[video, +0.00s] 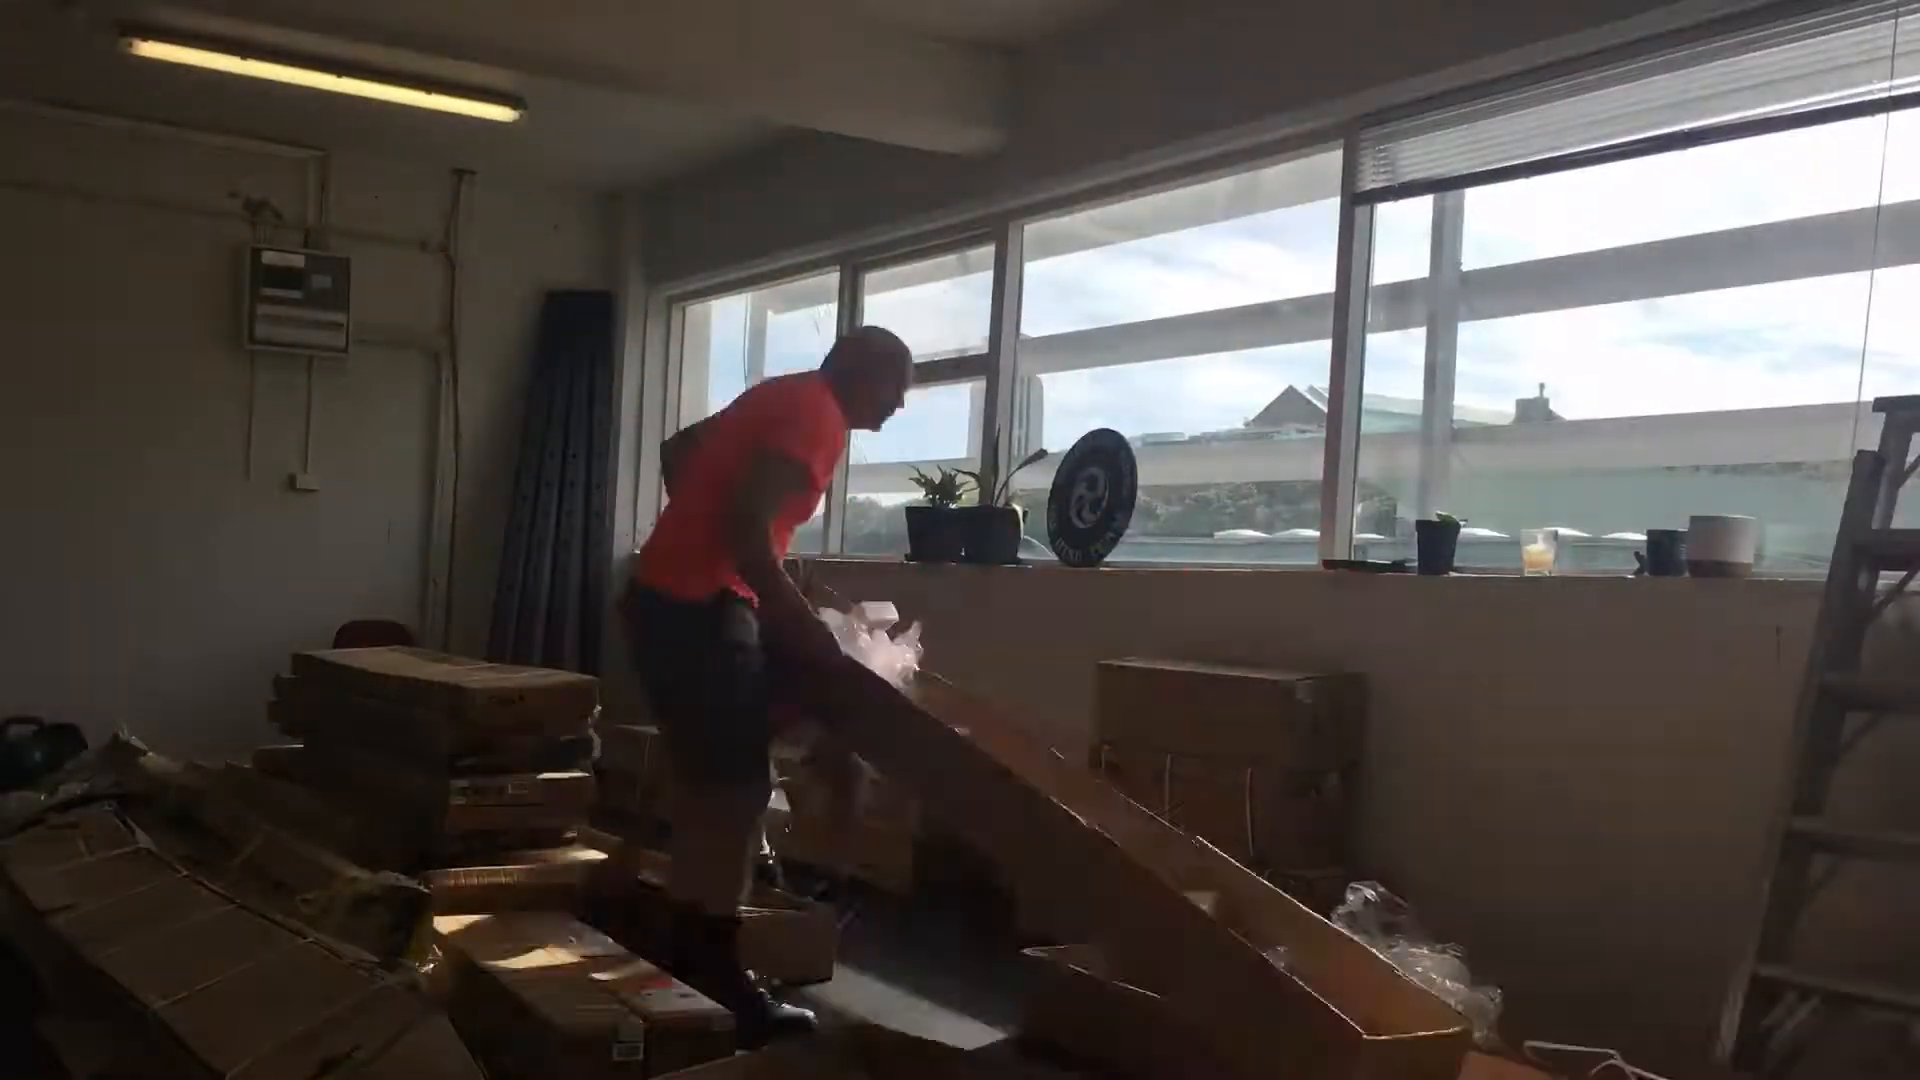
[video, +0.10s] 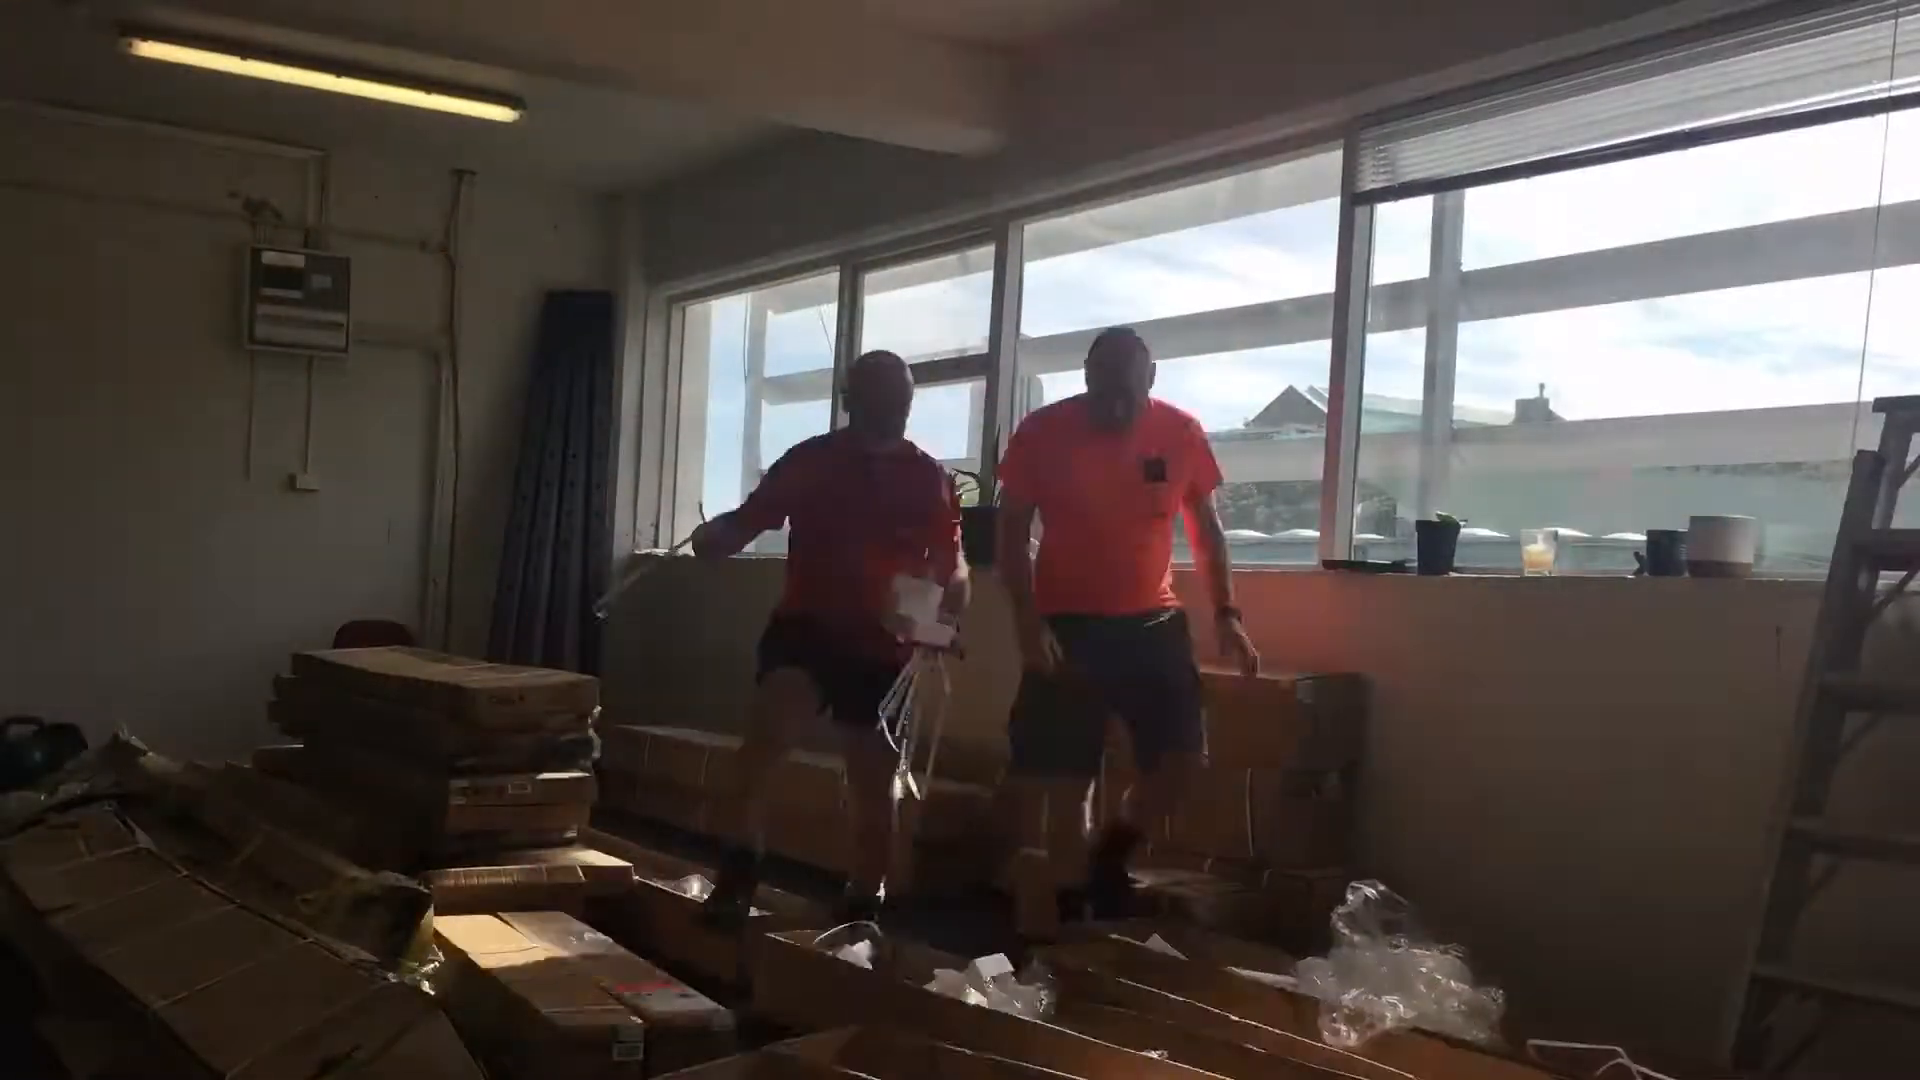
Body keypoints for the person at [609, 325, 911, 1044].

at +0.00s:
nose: (896, 409)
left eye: (901, 396)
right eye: (895, 391)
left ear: (844, 361)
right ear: (866, 371)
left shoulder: (782, 396)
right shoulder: (817, 414)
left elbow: (678, 451)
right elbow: (747, 521)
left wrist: (707, 543)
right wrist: (805, 624)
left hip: (672, 599)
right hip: (702, 608)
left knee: (705, 782)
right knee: (734, 791)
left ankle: (689, 960)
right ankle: (716, 979)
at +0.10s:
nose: (890, 408)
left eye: (900, 396)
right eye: (876, 395)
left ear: (912, 400)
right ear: (850, 397)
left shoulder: (930, 476)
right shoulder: (812, 461)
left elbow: (953, 565)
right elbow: (748, 519)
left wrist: (950, 606)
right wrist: (713, 537)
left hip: (885, 647)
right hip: (807, 633)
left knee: (876, 786)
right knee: (770, 732)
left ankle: (865, 908)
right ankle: (737, 877)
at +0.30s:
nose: (850, 621)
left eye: (851, 605)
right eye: (840, 613)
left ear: (869, 568)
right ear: (828, 601)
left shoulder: (946, 563)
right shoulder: (860, 609)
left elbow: (1026, 646)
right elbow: (905, 690)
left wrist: (967, 706)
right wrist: (905, 735)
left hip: (1033, 662)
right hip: (958, 672)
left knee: (1005, 796)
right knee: (948, 788)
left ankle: (992, 919)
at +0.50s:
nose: (985, 735)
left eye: (999, 730)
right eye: (992, 724)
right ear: (972, 692)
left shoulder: (997, 637)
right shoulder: (890, 689)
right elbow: (865, 883)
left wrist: (898, 768)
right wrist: (891, 1024)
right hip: (729, 654)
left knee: (866, 847)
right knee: (765, 841)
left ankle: (825, 996)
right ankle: (751, 1013)